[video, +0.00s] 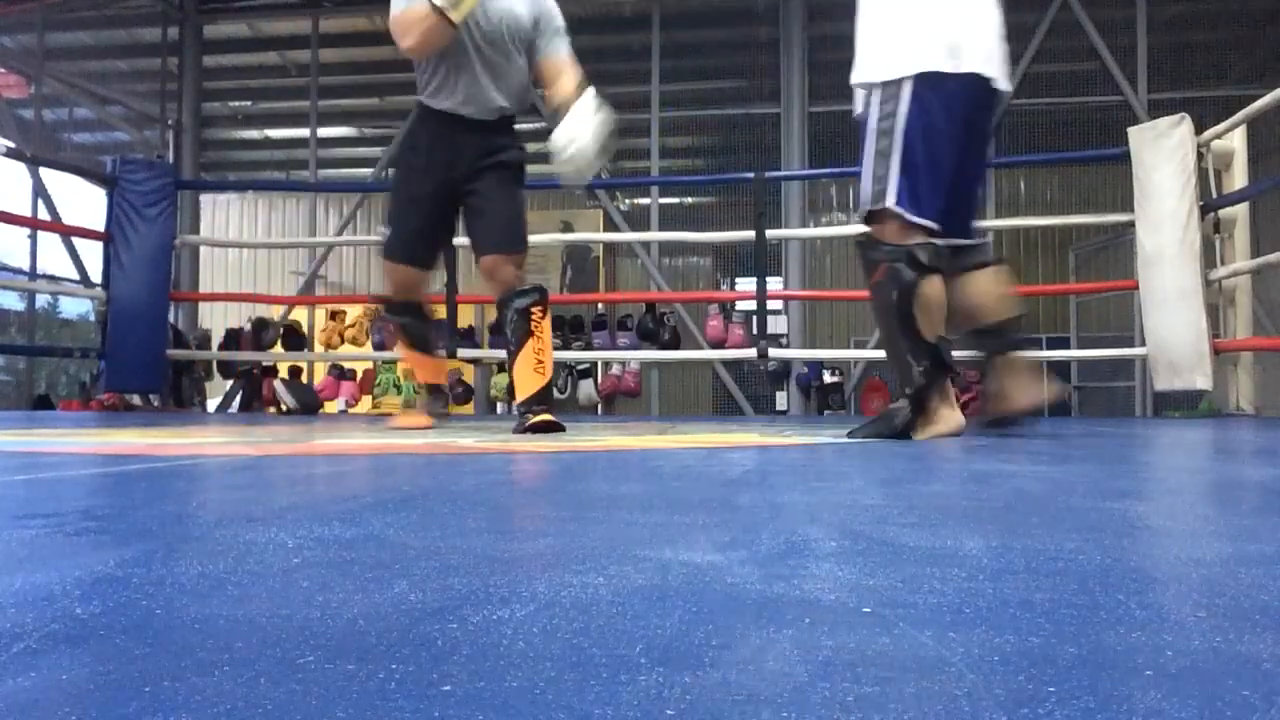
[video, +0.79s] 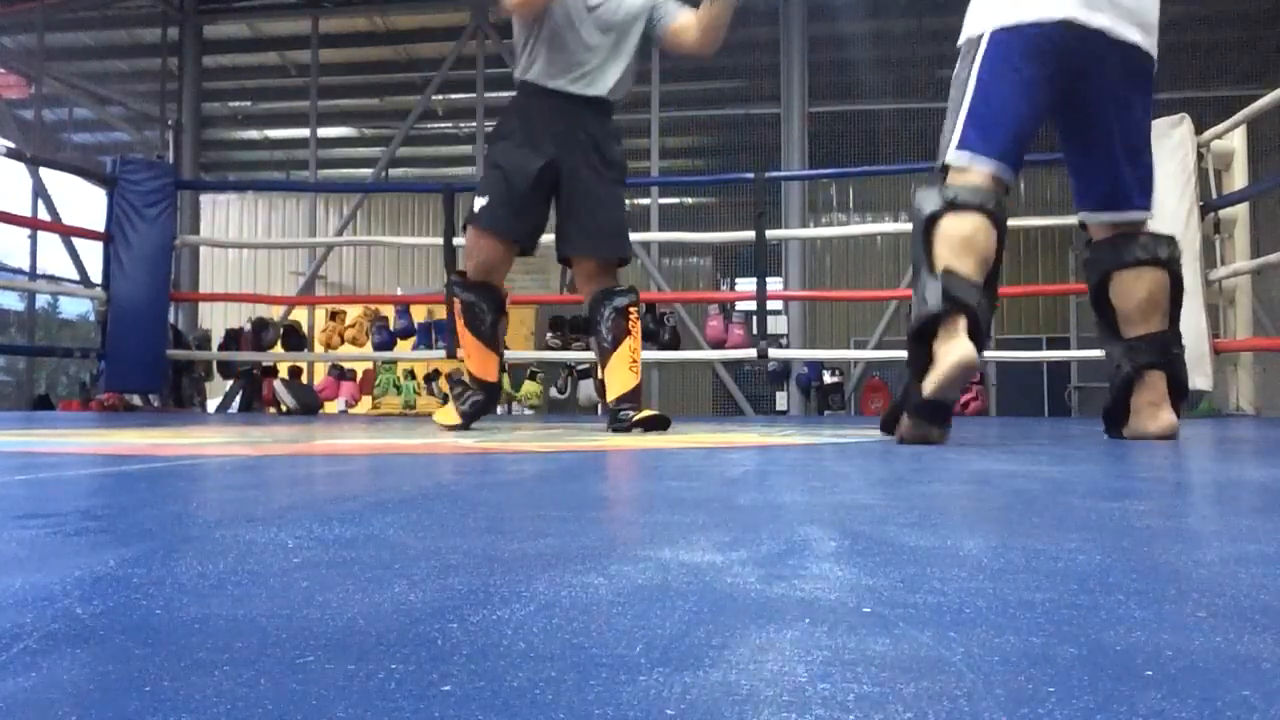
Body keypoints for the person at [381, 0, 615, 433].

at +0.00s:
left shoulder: (538, 6)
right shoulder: (418, 0)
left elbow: (562, 79)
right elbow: (413, 42)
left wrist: (580, 120)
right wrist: (459, 3)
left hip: (496, 140)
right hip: (432, 134)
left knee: (500, 266)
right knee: (401, 276)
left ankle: (534, 402)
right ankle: (433, 385)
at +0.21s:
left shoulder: (536, 5)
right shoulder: (419, 2)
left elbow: (567, 72)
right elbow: (421, 47)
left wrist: (623, 103)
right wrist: (467, 7)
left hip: (520, 133)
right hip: (454, 135)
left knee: (547, 248)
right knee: (456, 275)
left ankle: (559, 391)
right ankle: (460, 402)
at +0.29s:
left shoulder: (548, 4)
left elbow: (585, 58)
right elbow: (429, 37)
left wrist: (653, 68)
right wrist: (482, 3)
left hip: (528, 121)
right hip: (463, 123)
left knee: (555, 246)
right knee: (459, 269)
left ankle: (578, 384)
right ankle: (462, 394)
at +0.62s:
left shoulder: (612, 8)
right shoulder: (497, 3)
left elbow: (649, 70)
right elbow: (492, 39)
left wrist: (700, 34)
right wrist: (553, 6)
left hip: (579, 132)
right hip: (514, 127)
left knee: (593, 266)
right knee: (486, 264)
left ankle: (621, 403)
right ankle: (464, 394)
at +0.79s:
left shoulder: (647, 3)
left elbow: (700, 36)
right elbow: (519, 9)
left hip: (594, 127)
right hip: (530, 113)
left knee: (598, 269)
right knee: (484, 252)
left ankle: (622, 404)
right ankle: (479, 386)